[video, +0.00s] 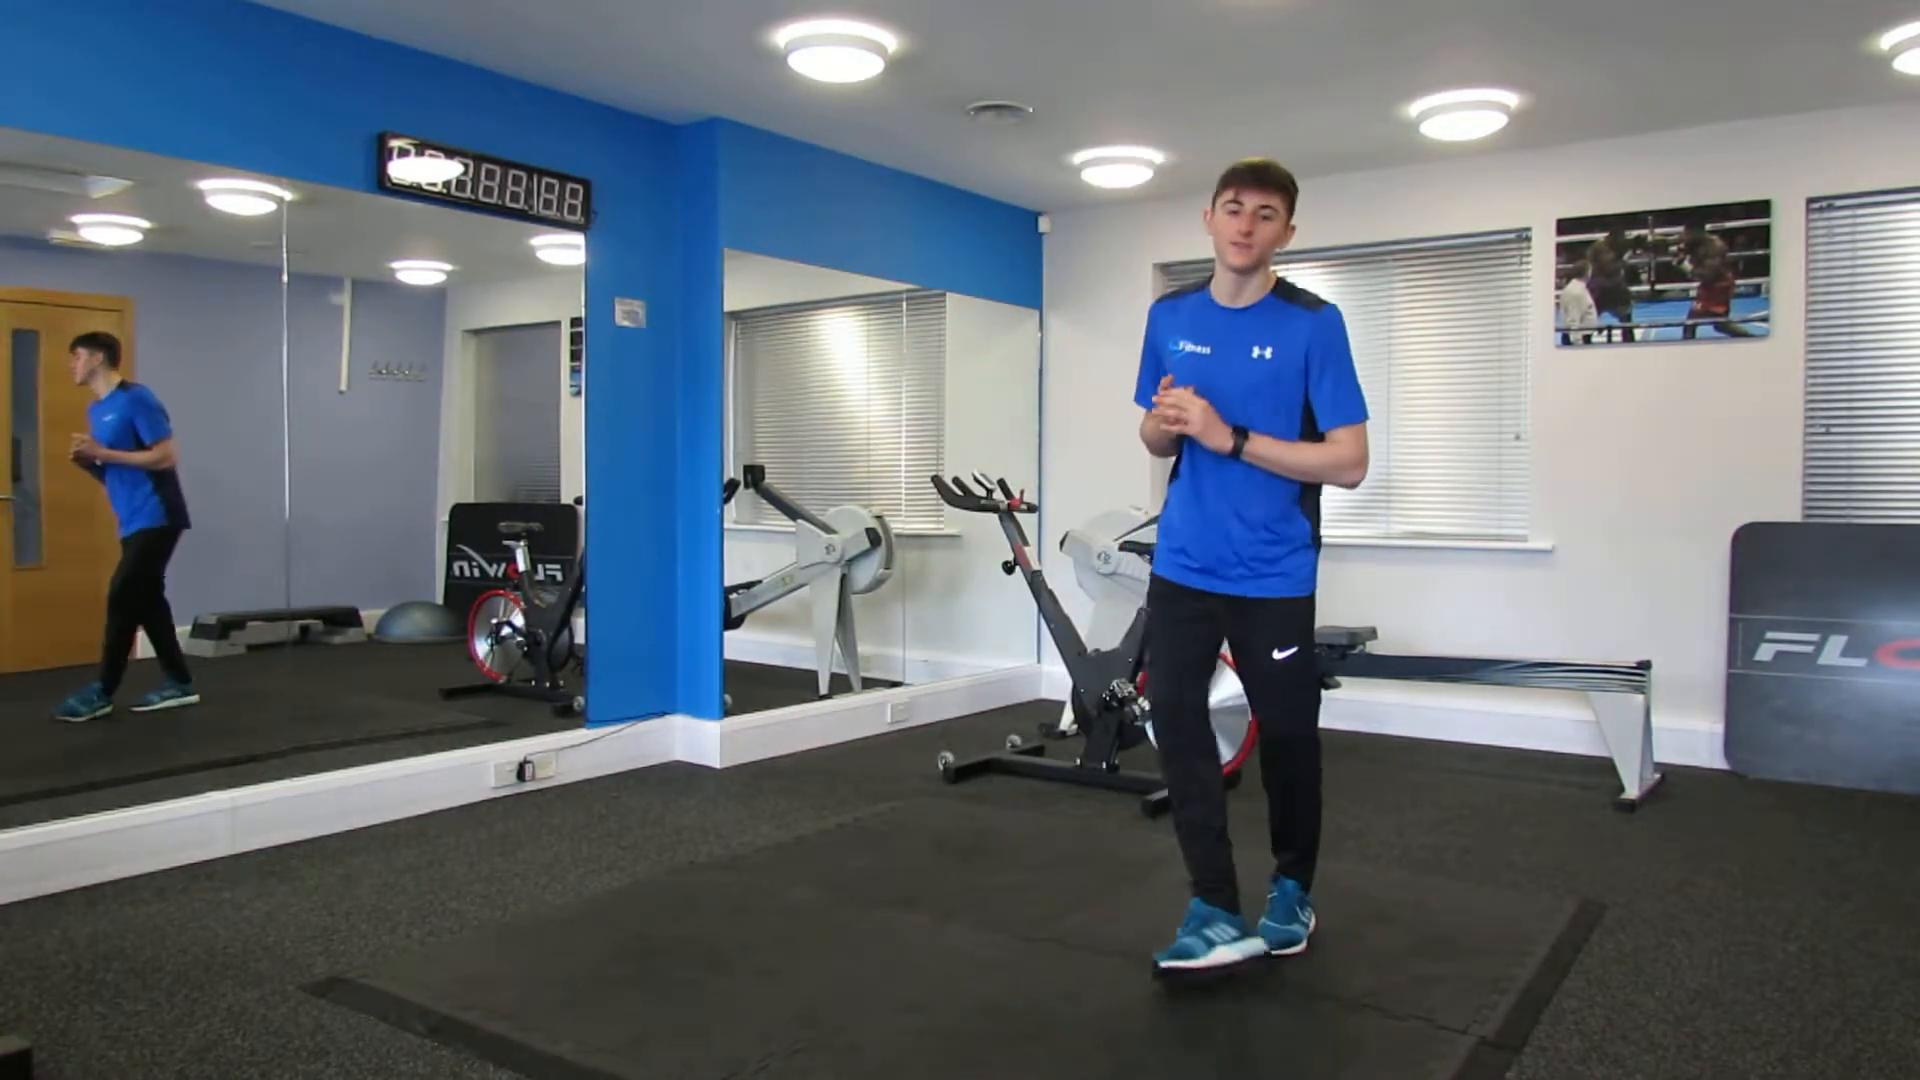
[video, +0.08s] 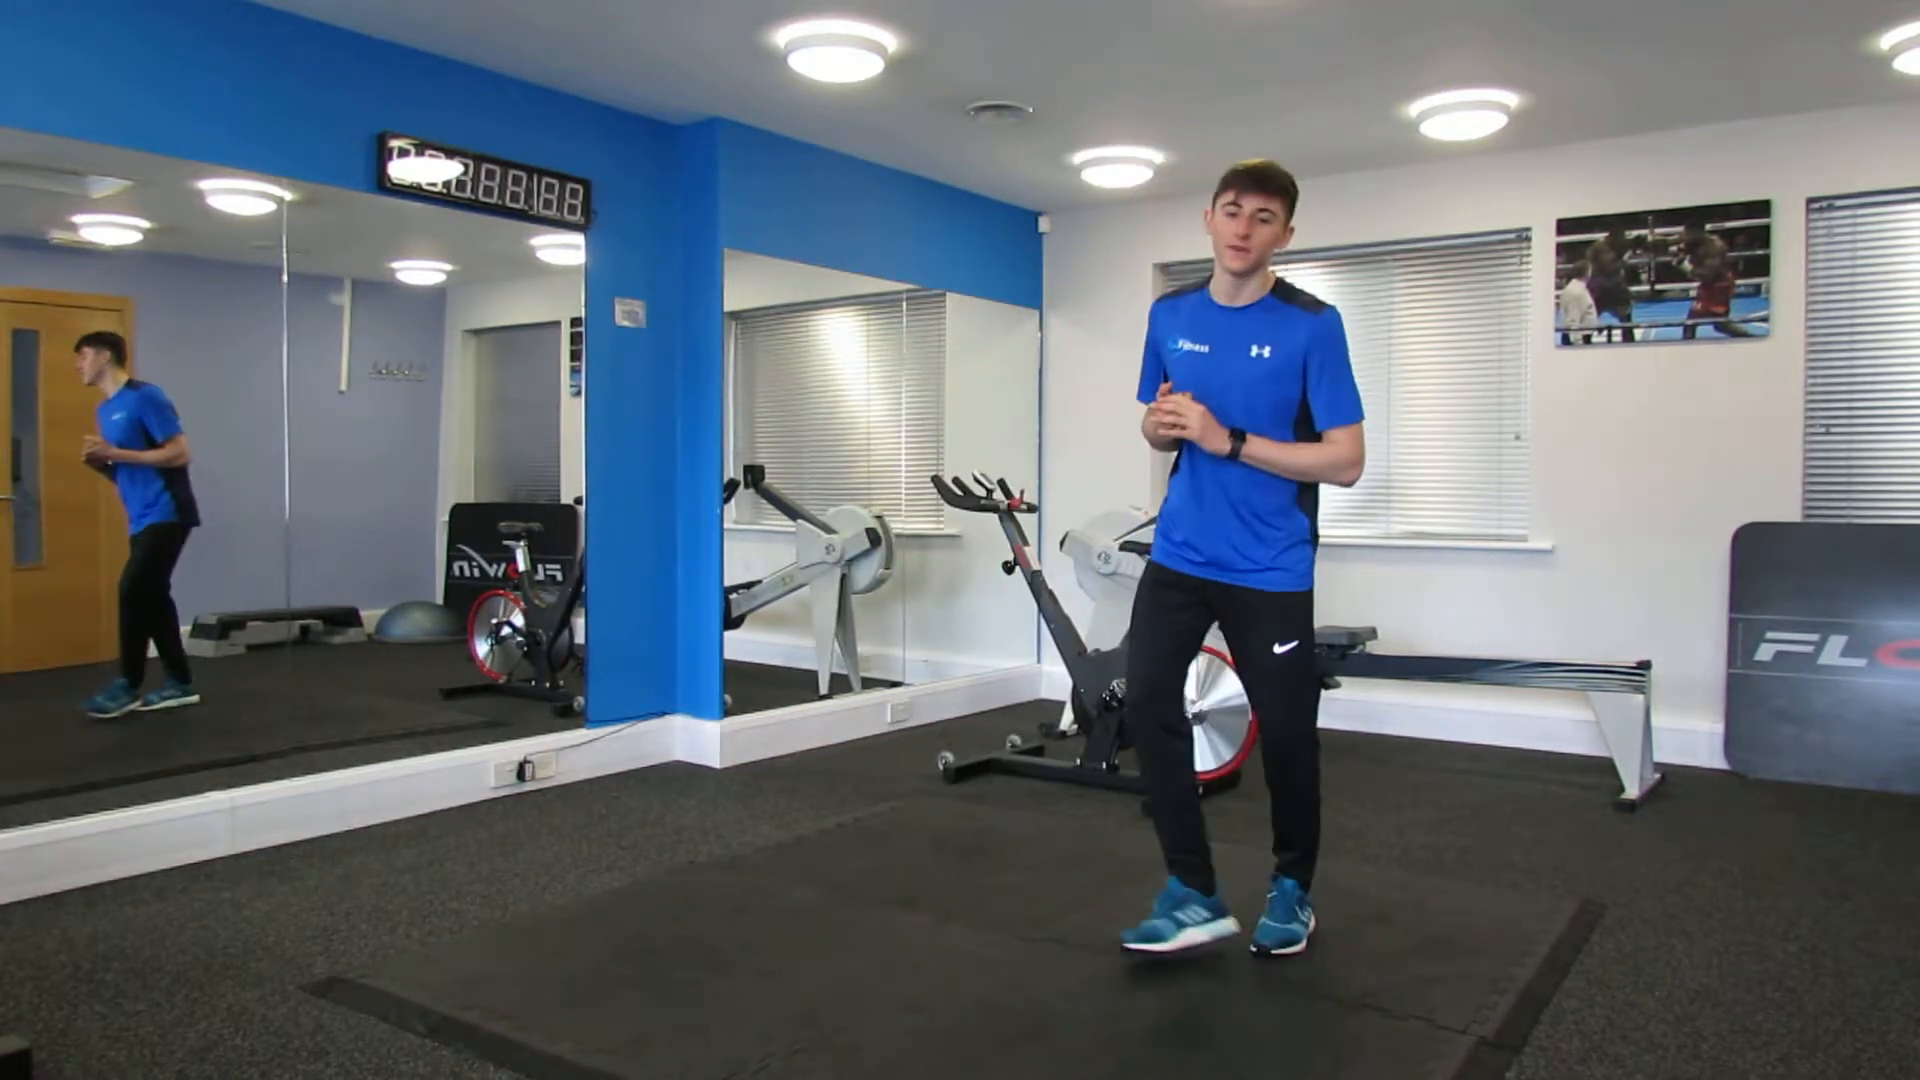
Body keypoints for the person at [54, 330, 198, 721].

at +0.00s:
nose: (73, 366)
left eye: (78, 357)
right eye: (73, 358)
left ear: (100, 358)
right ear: (95, 361)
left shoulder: (138, 398)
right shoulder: (96, 411)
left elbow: (167, 455)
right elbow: (114, 475)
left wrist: (104, 453)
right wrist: (86, 460)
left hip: (159, 519)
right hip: (132, 524)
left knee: (122, 596)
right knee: (150, 602)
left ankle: (104, 691)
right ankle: (181, 682)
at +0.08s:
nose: (79, 365)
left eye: (84, 356)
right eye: (79, 358)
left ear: (107, 356)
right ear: (101, 359)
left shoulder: (146, 396)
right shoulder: (105, 411)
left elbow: (180, 452)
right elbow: (125, 476)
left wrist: (116, 453)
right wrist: (97, 462)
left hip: (169, 514)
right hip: (141, 519)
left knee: (133, 588)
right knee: (154, 597)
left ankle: (130, 684)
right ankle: (181, 682)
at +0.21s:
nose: (93, 361)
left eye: (98, 352)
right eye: (93, 353)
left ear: (120, 353)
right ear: (116, 355)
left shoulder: (158, 395)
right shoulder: (116, 405)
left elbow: (191, 450)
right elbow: (131, 462)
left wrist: (128, 449)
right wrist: (106, 454)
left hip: (175, 512)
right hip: (148, 516)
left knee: (160, 594)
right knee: (156, 596)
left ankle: (181, 683)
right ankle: (172, 681)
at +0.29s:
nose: (102, 358)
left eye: (108, 350)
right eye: (103, 351)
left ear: (130, 351)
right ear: (126, 353)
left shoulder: (168, 395)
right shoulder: (125, 403)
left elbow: (196, 453)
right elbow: (140, 460)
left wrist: (133, 449)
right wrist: (112, 453)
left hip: (180, 514)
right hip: (151, 518)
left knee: (177, 599)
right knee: (159, 601)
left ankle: (195, 685)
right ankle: (176, 680)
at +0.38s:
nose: (111, 356)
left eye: (117, 348)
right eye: (112, 349)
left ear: (139, 350)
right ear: (133, 352)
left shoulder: (176, 396)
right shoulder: (129, 403)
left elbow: (201, 455)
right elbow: (144, 460)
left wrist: (137, 449)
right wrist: (116, 454)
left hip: (187, 519)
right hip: (154, 522)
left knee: (192, 603)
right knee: (165, 603)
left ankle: (202, 687)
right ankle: (178, 681)